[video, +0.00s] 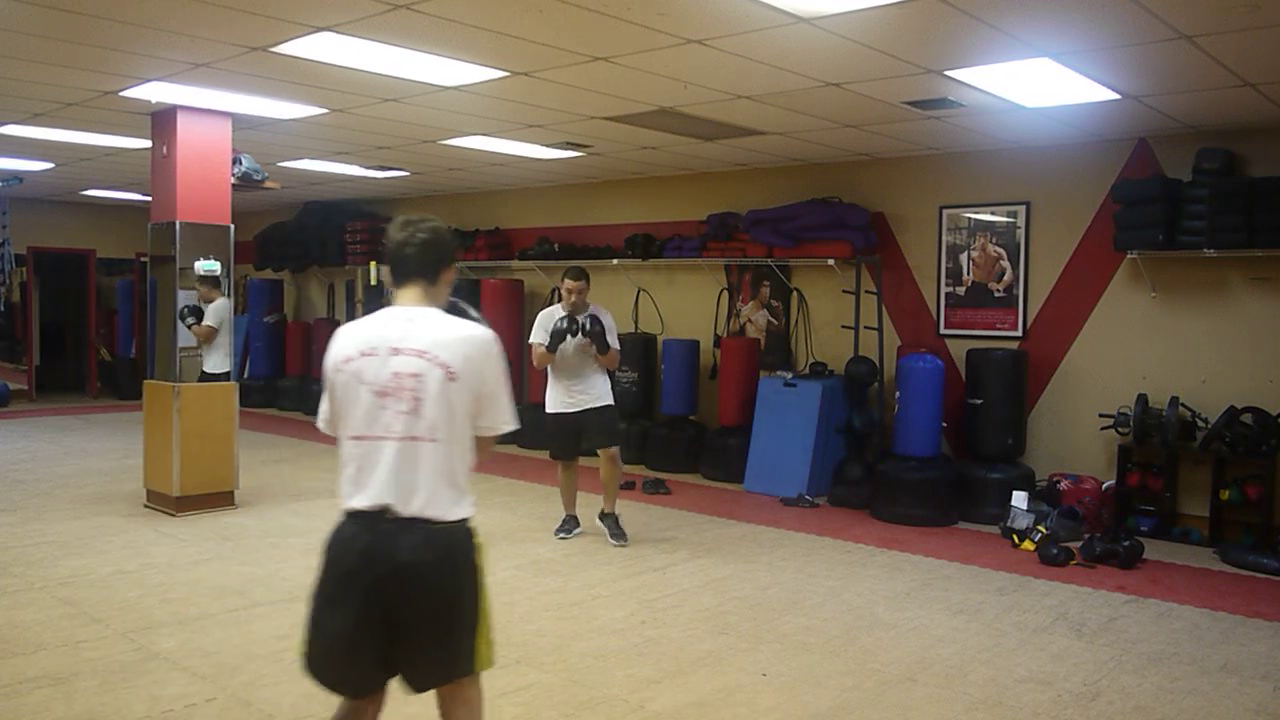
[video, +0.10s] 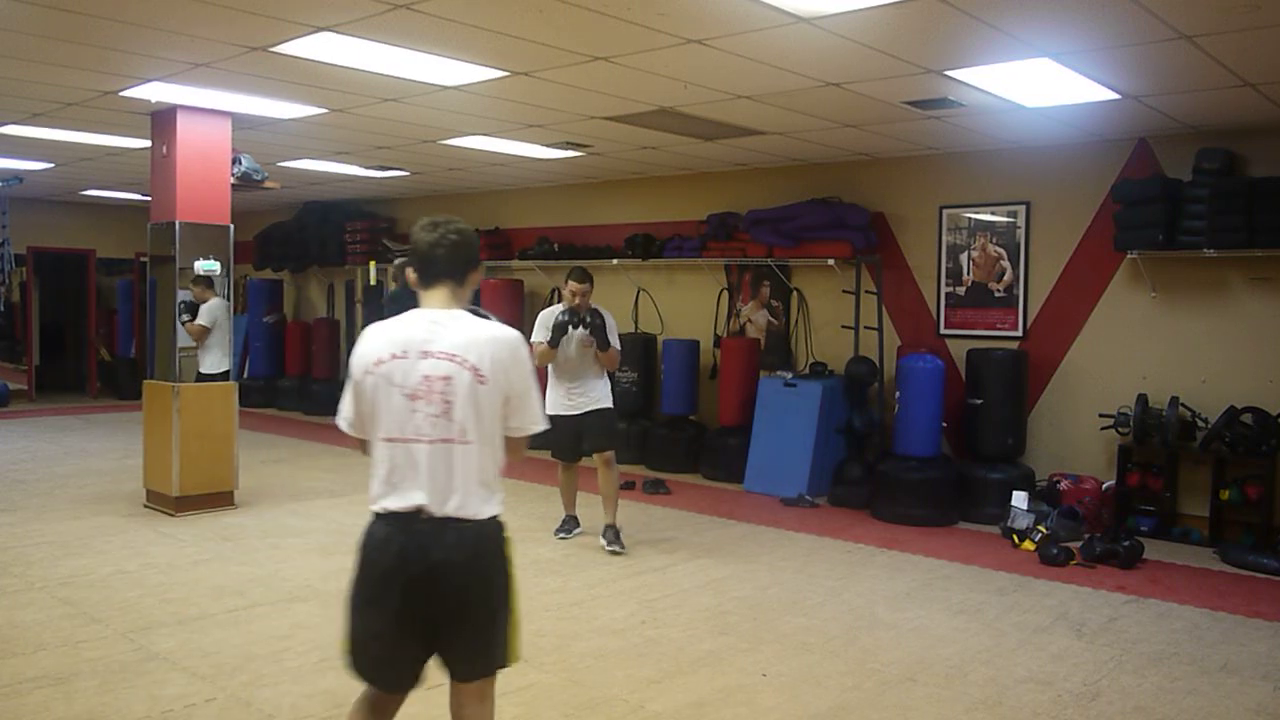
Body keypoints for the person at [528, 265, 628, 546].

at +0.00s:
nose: (572, 297)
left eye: (578, 292)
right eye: (568, 291)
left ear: (588, 291)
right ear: (560, 289)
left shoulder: (602, 318)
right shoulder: (546, 317)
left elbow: (613, 363)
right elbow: (538, 362)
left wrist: (597, 344)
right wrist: (555, 341)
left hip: (598, 401)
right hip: (561, 404)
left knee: (611, 454)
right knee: (566, 461)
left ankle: (609, 514)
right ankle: (570, 517)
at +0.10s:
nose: (578, 299)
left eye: (583, 295)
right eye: (573, 293)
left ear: (592, 293)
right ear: (563, 290)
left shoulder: (602, 319)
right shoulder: (548, 317)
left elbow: (612, 364)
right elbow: (540, 360)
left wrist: (598, 336)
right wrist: (557, 336)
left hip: (597, 400)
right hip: (562, 403)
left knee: (606, 458)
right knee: (568, 463)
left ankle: (610, 526)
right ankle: (570, 517)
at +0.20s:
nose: (582, 302)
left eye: (589, 298)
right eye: (578, 296)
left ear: (597, 297)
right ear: (568, 291)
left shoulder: (605, 321)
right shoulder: (550, 318)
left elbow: (612, 366)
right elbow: (540, 363)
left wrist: (599, 334)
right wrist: (558, 334)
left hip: (596, 403)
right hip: (562, 402)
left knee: (601, 465)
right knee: (567, 464)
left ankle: (609, 532)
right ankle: (570, 517)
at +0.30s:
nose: (588, 304)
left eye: (595, 300)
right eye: (584, 298)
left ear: (602, 299)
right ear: (574, 293)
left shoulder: (610, 325)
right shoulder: (554, 319)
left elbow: (615, 372)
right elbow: (539, 358)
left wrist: (604, 340)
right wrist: (560, 336)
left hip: (599, 404)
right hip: (562, 403)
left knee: (602, 466)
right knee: (566, 464)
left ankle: (609, 534)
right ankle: (570, 516)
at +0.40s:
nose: (593, 304)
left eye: (599, 300)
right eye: (588, 298)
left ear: (607, 298)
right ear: (578, 292)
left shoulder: (616, 324)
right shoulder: (558, 317)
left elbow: (619, 372)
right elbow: (544, 359)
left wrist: (608, 343)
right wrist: (565, 338)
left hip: (602, 403)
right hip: (564, 401)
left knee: (604, 469)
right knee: (563, 466)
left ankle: (610, 534)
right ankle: (567, 511)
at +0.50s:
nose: (591, 304)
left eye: (598, 299)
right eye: (587, 297)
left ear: (608, 297)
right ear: (578, 291)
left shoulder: (618, 319)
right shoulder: (561, 313)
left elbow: (622, 370)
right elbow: (546, 358)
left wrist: (610, 338)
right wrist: (563, 334)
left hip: (603, 400)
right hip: (563, 397)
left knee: (603, 468)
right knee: (552, 460)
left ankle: (610, 534)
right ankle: (559, 506)